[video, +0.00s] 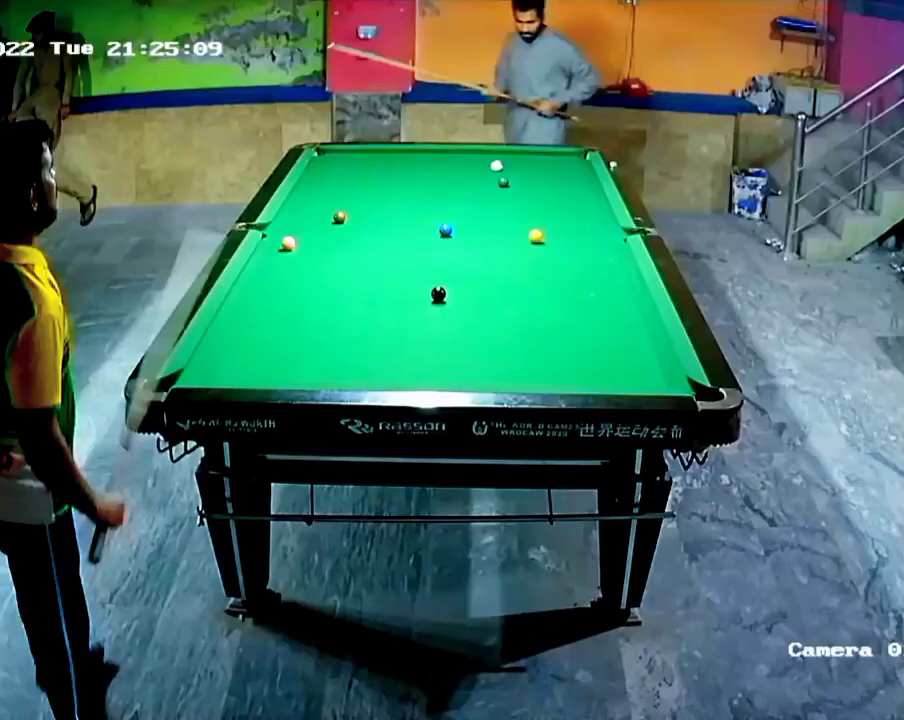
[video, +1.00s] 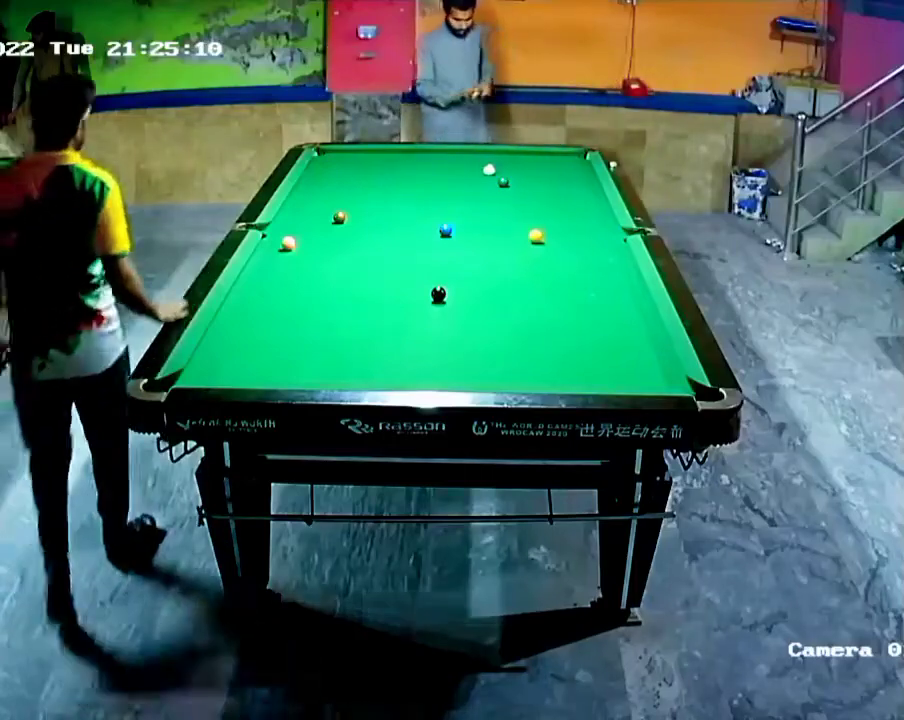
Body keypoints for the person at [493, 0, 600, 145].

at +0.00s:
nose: (525, 29)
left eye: (531, 22)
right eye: (520, 22)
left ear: (541, 19)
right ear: (515, 18)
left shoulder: (559, 46)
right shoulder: (512, 42)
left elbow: (589, 79)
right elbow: (502, 71)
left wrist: (557, 102)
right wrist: (501, 88)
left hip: (546, 132)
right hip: (515, 129)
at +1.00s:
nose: (463, 25)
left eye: (467, 19)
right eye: (457, 20)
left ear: (473, 14)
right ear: (447, 14)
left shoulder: (479, 35)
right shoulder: (429, 42)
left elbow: (486, 64)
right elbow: (423, 85)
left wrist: (486, 83)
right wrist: (455, 96)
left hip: (474, 127)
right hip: (441, 129)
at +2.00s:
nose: (603, 21)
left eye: (603, 15)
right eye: (598, 16)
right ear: (579, 17)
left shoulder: (583, 39)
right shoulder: (570, 43)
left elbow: (592, 77)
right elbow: (573, 98)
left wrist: (621, 85)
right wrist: (619, 92)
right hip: (578, 136)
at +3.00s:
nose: (665, 43)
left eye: (671, 36)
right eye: (662, 36)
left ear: (689, 35)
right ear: (659, 34)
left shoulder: (713, 70)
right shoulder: (651, 64)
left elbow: (724, 108)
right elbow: (636, 105)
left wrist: (719, 131)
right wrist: (619, 135)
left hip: (692, 160)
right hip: (653, 158)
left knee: (698, 225)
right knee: (654, 225)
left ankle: (696, 298)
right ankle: (652, 292)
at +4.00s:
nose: (645, 38)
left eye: (651, 31)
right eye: (646, 31)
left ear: (671, 35)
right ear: (667, 35)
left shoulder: (703, 78)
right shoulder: (655, 67)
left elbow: (716, 137)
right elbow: (643, 106)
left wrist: (711, 189)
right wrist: (615, 100)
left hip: (669, 181)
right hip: (636, 170)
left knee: (665, 250)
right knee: (633, 242)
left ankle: (670, 308)